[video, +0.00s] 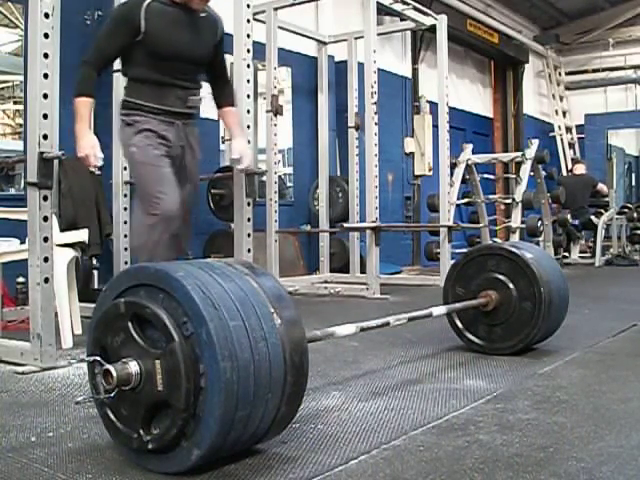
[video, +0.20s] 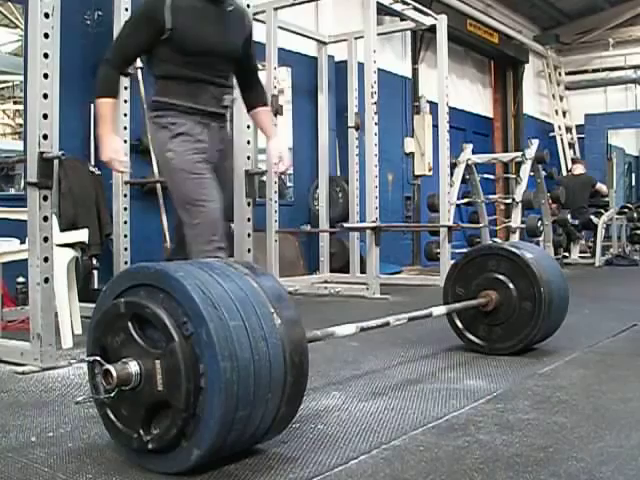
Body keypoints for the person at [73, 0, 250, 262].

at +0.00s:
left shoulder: (211, 23)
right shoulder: (136, 11)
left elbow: (220, 80)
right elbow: (90, 67)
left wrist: (238, 136)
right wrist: (83, 133)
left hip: (186, 128)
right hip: (143, 123)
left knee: (181, 217)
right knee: (166, 207)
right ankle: (144, 294)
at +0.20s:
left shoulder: (238, 17)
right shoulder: (160, 8)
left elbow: (249, 80)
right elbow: (111, 66)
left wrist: (273, 136)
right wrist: (107, 135)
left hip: (218, 127)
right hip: (174, 124)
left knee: (197, 228)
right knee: (209, 220)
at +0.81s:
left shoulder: (332, 4)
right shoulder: (245, 2)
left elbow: (332, 63)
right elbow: (200, 46)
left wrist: (347, 132)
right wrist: (211, 121)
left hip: (312, 120)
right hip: (256, 115)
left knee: (355, 229)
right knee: (260, 243)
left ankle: (389, 355)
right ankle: (248, 371)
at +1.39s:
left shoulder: (396, 6)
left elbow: (398, 47)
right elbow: (266, 23)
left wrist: (410, 115)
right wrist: (282, 102)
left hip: (361, 103)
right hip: (309, 95)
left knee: (379, 228)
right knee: (315, 226)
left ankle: (388, 355)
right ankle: (276, 347)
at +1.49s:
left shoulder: (408, 5)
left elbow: (408, 40)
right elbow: (274, 20)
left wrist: (424, 114)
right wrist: (286, 102)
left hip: (367, 96)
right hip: (315, 88)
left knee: (383, 219)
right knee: (333, 214)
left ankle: (387, 350)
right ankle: (336, 358)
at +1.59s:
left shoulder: (409, 6)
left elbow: (409, 43)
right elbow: (281, 18)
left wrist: (428, 114)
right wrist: (294, 105)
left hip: (371, 96)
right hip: (323, 90)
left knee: (392, 217)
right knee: (346, 222)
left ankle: (392, 352)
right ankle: (355, 363)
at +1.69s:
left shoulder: (412, 7)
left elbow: (410, 44)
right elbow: (290, 15)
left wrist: (427, 112)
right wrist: (306, 103)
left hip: (375, 95)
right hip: (327, 89)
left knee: (394, 217)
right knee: (347, 221)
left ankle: (392, 351)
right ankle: (354, 363)